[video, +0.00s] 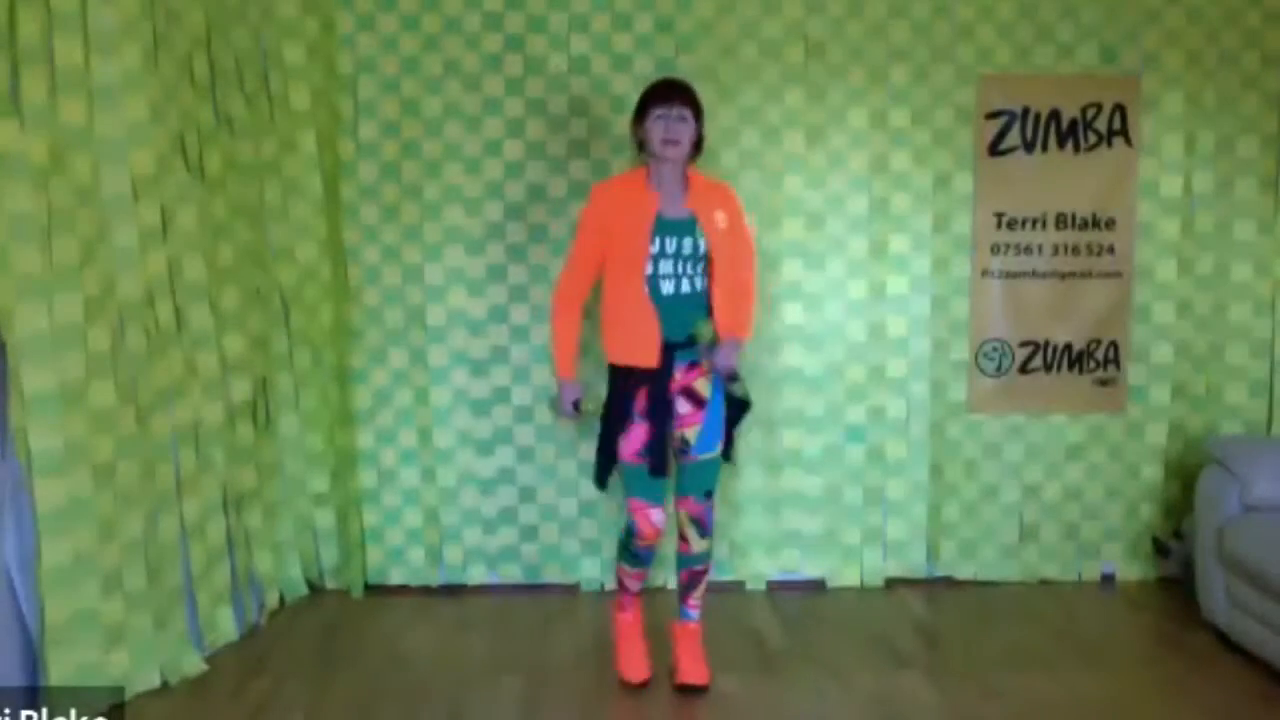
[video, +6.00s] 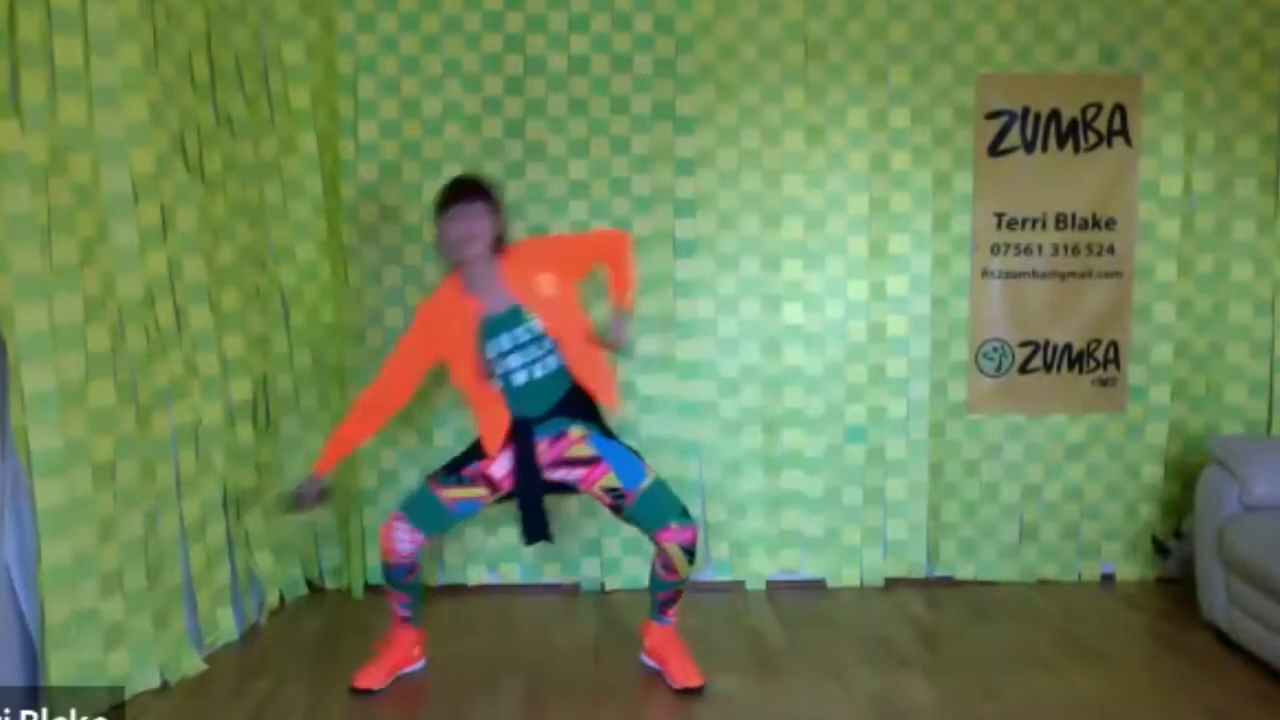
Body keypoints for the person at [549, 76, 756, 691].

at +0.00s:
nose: (670, 130)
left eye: (681, 120)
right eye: (660, 119)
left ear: (698, 133)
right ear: (640, 130)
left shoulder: (719, 200)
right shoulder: (609, 200)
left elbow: (739, 276)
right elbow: (571, 289)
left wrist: (733, 339)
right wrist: (566, 372)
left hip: (703, 369)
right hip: (635, 372)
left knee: (697, 511)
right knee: (645, 518)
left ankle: (690, 628)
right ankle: (628, 616)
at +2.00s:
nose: (659, 135)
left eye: (671, 125)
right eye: (648, 124)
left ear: (687, 136)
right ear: (630, 134)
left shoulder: (710, 197)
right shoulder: (602, 202)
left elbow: (734, 275)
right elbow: (566, 292)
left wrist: (721, 327)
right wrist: (571, 367)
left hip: (698, 365)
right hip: (631, 369)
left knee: (693, 503)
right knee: (639, 509)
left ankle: (685, 616)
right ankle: (617, 609)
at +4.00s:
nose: (630, 135)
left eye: (641, 126)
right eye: (619, 127)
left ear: (660, 138)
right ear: (604, 142)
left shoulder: (692, 186)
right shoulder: (591, 213)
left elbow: (733, 249)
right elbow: (563, 303)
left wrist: (725, 305)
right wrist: (542, 394)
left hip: (689, 364)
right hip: (622, 370)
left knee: (677, 500)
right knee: (607, 501)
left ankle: (649, 615)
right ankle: (597, 625)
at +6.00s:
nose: (464, 229)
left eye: (474, 216)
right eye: (452, 220)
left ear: (496, 224)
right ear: (439, 236)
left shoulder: (540, 260)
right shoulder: (442, 312)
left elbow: (616, 244)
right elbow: (387, 392)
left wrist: (622, 312)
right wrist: (324, 465)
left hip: (577, 439)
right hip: (501, 452)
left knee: (679, 534)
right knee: (401, 535)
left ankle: (661, 635)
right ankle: (405, 643)